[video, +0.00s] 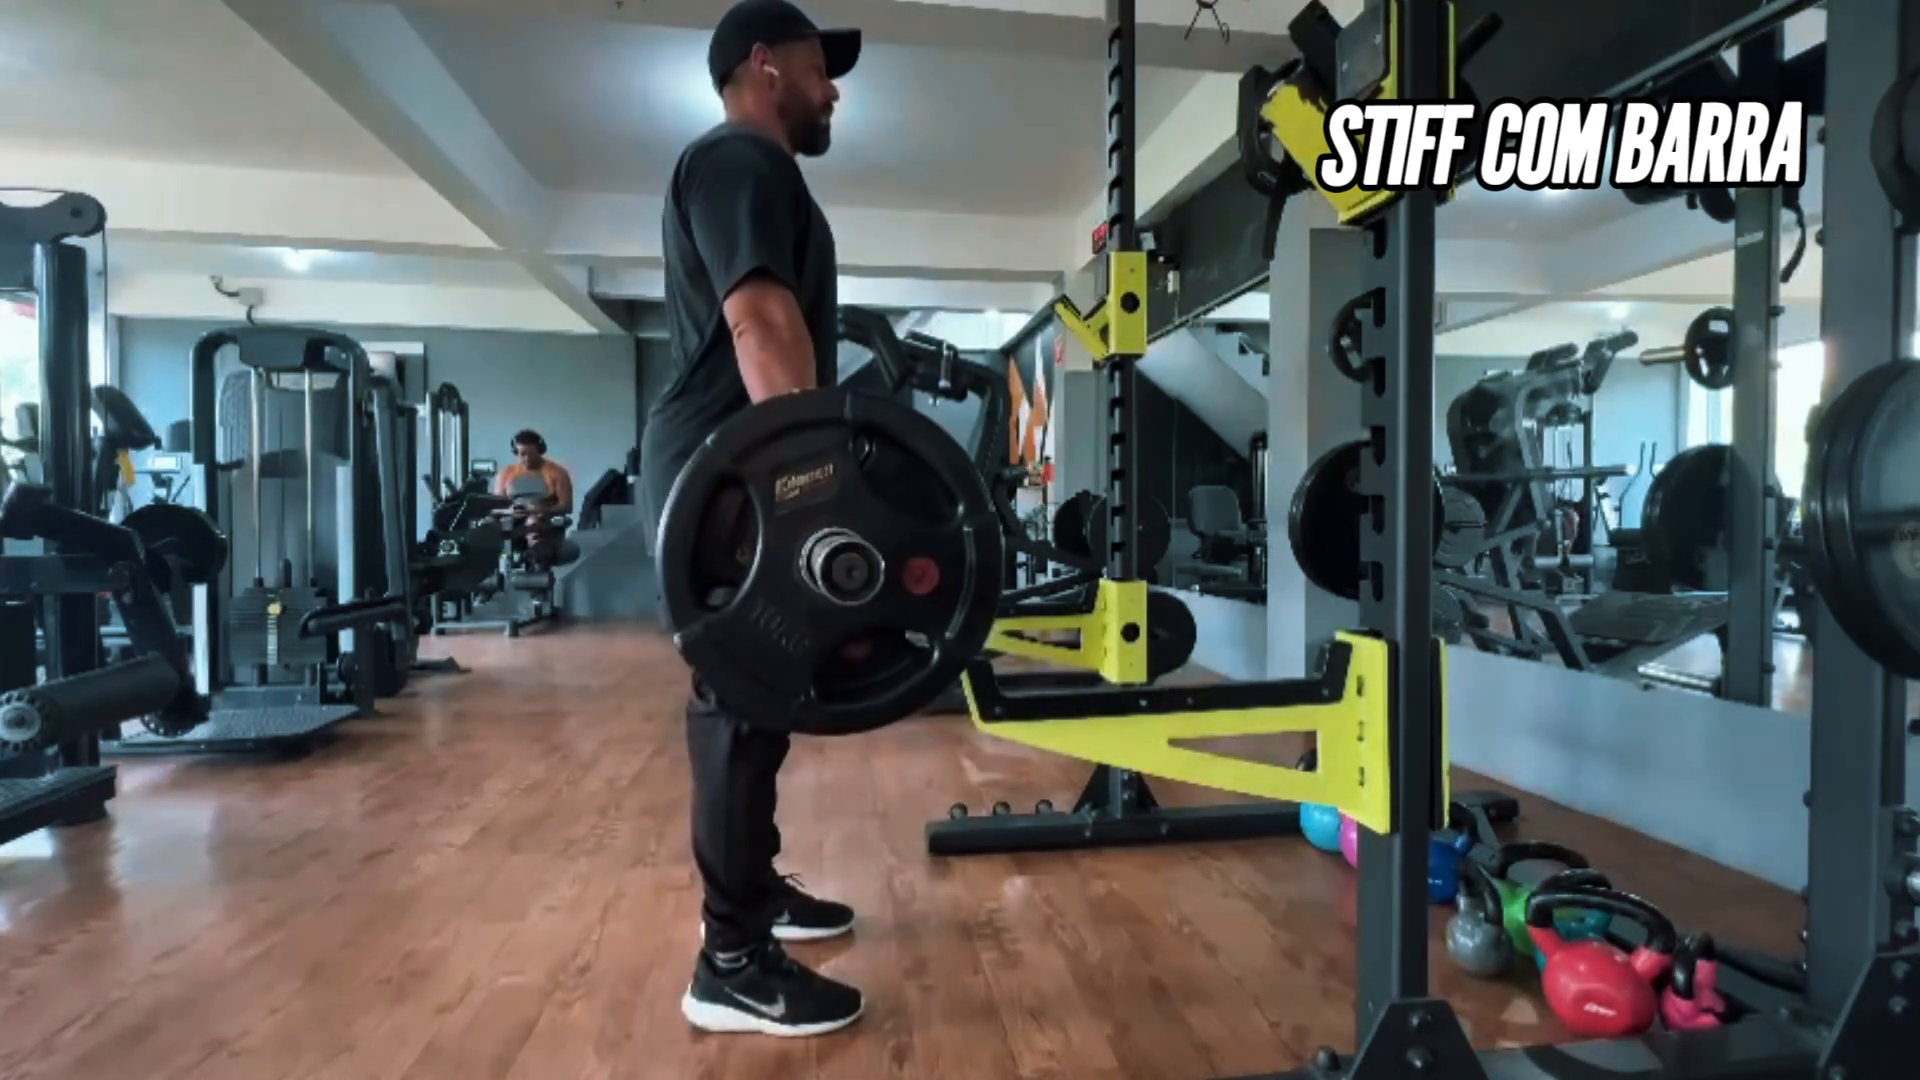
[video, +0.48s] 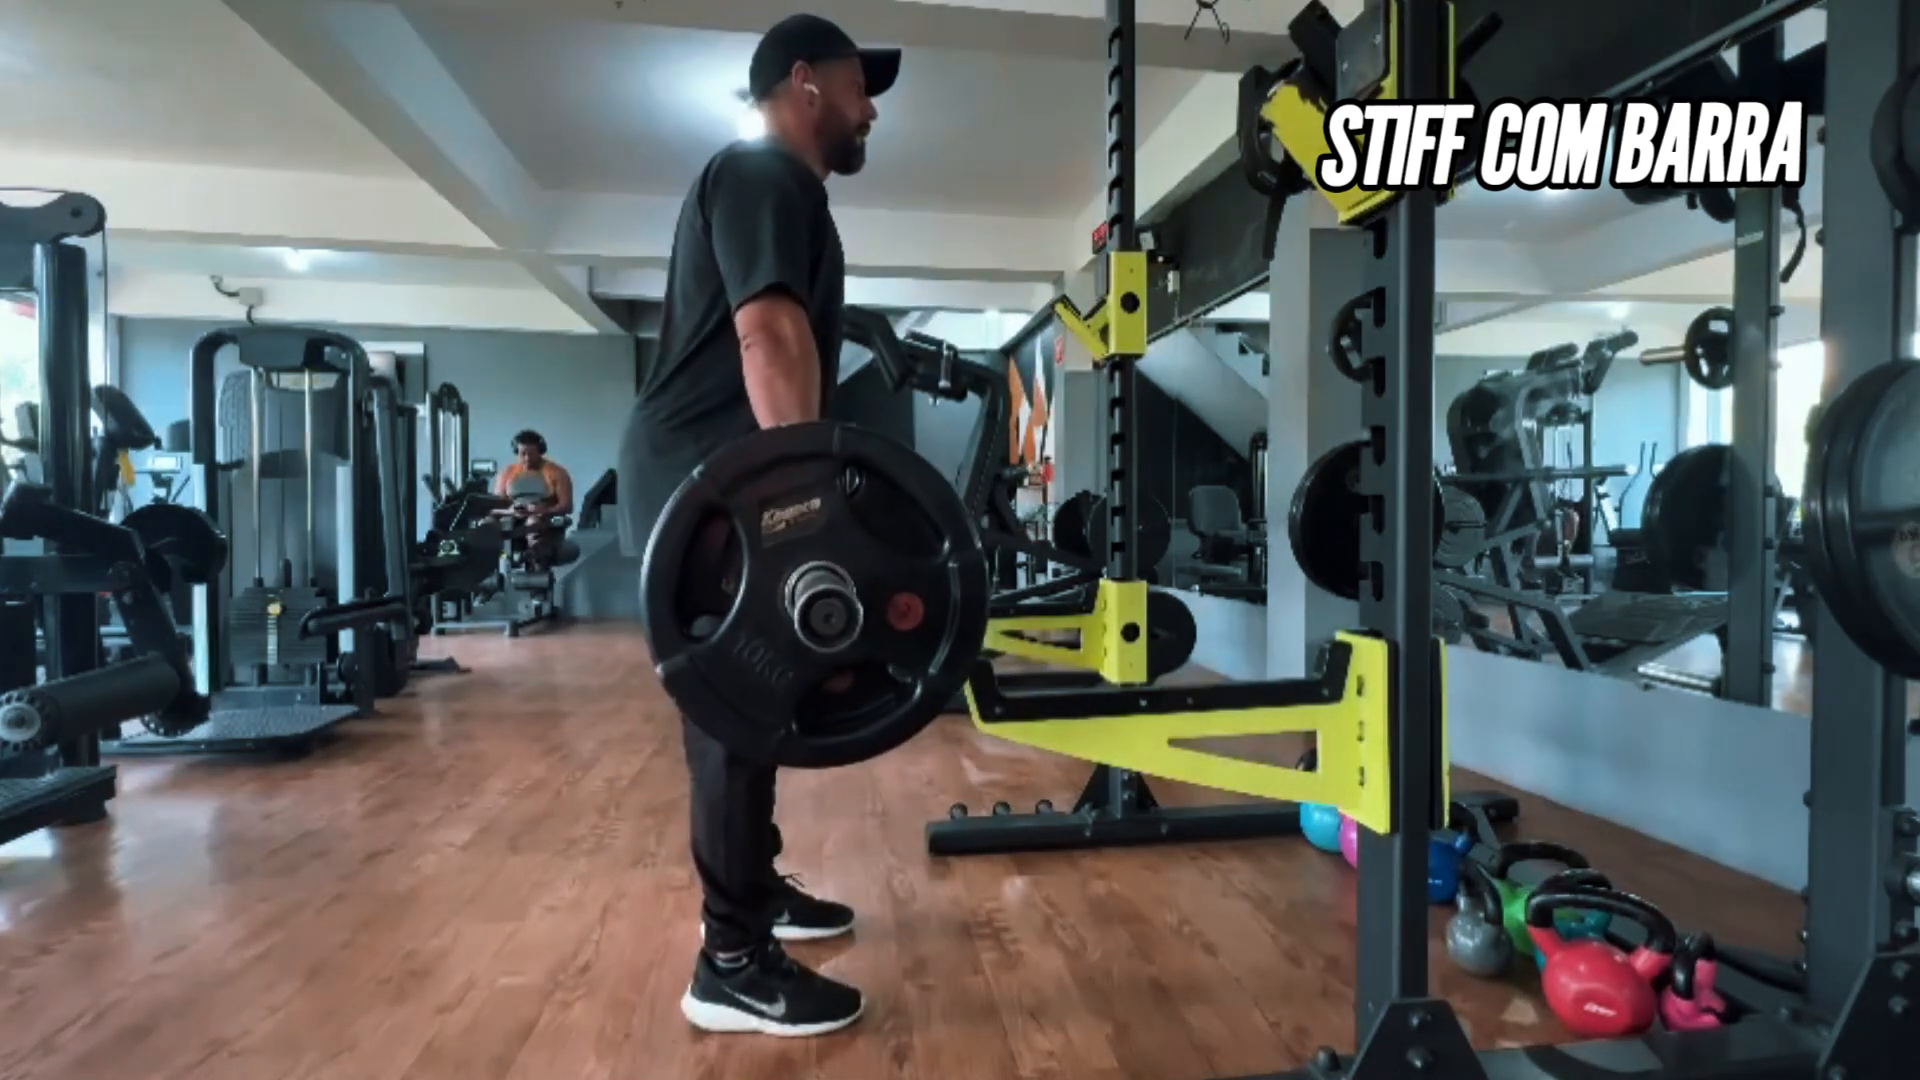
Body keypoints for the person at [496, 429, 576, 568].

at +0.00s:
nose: (526, 459)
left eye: (530, 454)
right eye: (522, 454)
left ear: (540, 452)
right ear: (516, 454)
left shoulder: (557, 474)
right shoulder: (507, 474)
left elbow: (566, 506)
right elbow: (499, 503)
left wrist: (540, 512)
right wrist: (512, 511)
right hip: (515, 524)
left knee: (534, 520)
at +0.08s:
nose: (527, 459)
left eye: (531, 454)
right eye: (523, 454)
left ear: (540, 453)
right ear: (517, 454)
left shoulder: (557, 474)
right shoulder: (508, 473)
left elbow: (566, 506)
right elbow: (498, 504)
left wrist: (539, 511)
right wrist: (511, 511)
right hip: (515, 521)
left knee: (534, 521)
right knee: (487, 523)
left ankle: (537, 567)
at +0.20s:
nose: (527, 459)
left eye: (531, 454)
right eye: (523, 454)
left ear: (541, 453)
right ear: (517, 454)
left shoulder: (557, 474)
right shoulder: (508, 473)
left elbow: (566, 506)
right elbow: (498, 504)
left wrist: (540, 511)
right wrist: (511, 511)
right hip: (515, 521)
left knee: (534, 521)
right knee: (487, 523)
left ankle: (537, 567)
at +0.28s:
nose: (527, 459)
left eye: (531, 454)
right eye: (523, 454)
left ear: (540, 453)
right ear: (517, 454)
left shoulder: (557, 474)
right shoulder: (508, 473)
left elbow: (566, 506)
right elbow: (498, 505)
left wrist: (540, 511)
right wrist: (511, 511)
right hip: (515, 522)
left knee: (534, 521)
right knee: (488, 523)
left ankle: (537, 565)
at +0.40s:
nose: (527, 459)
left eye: (531, 454)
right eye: (523, 454)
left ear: (541, 453)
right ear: (517, 454)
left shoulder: (557, 474)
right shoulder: (508, 473)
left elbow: (566, 506)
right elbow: (499, 503)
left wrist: (540, 511)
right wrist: (512, 511)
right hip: (515, 521)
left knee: (534, 522)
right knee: (488, 523)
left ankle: (537, 568)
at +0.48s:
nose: (527, 459)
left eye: (531, 454)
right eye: (523, 454)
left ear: (540, 453)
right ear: (517, 454)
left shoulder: (557, 474)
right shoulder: (508, 473)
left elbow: (566, 506)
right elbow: (499, 503)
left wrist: (541, 511)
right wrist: (512, 511)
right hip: (515, 521)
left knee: (534, 522)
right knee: (488, 523)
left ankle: (537, 568)